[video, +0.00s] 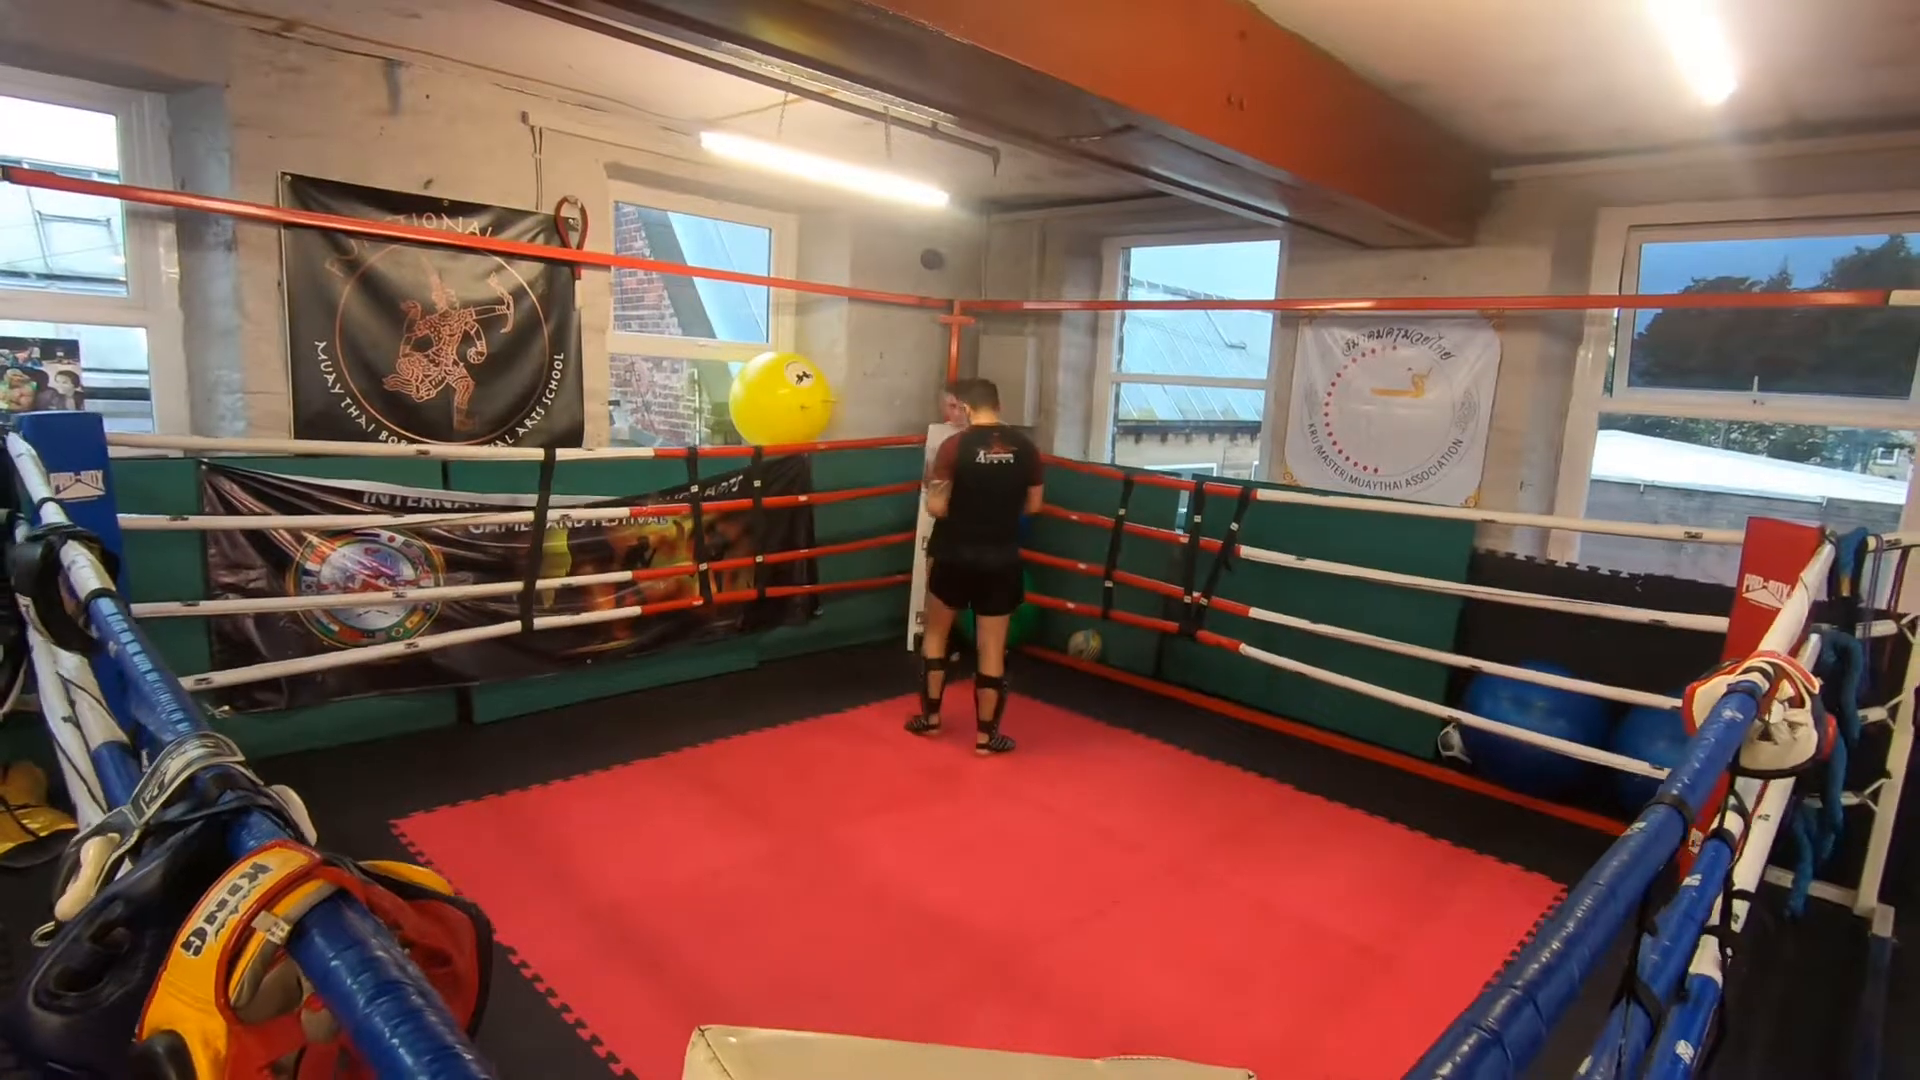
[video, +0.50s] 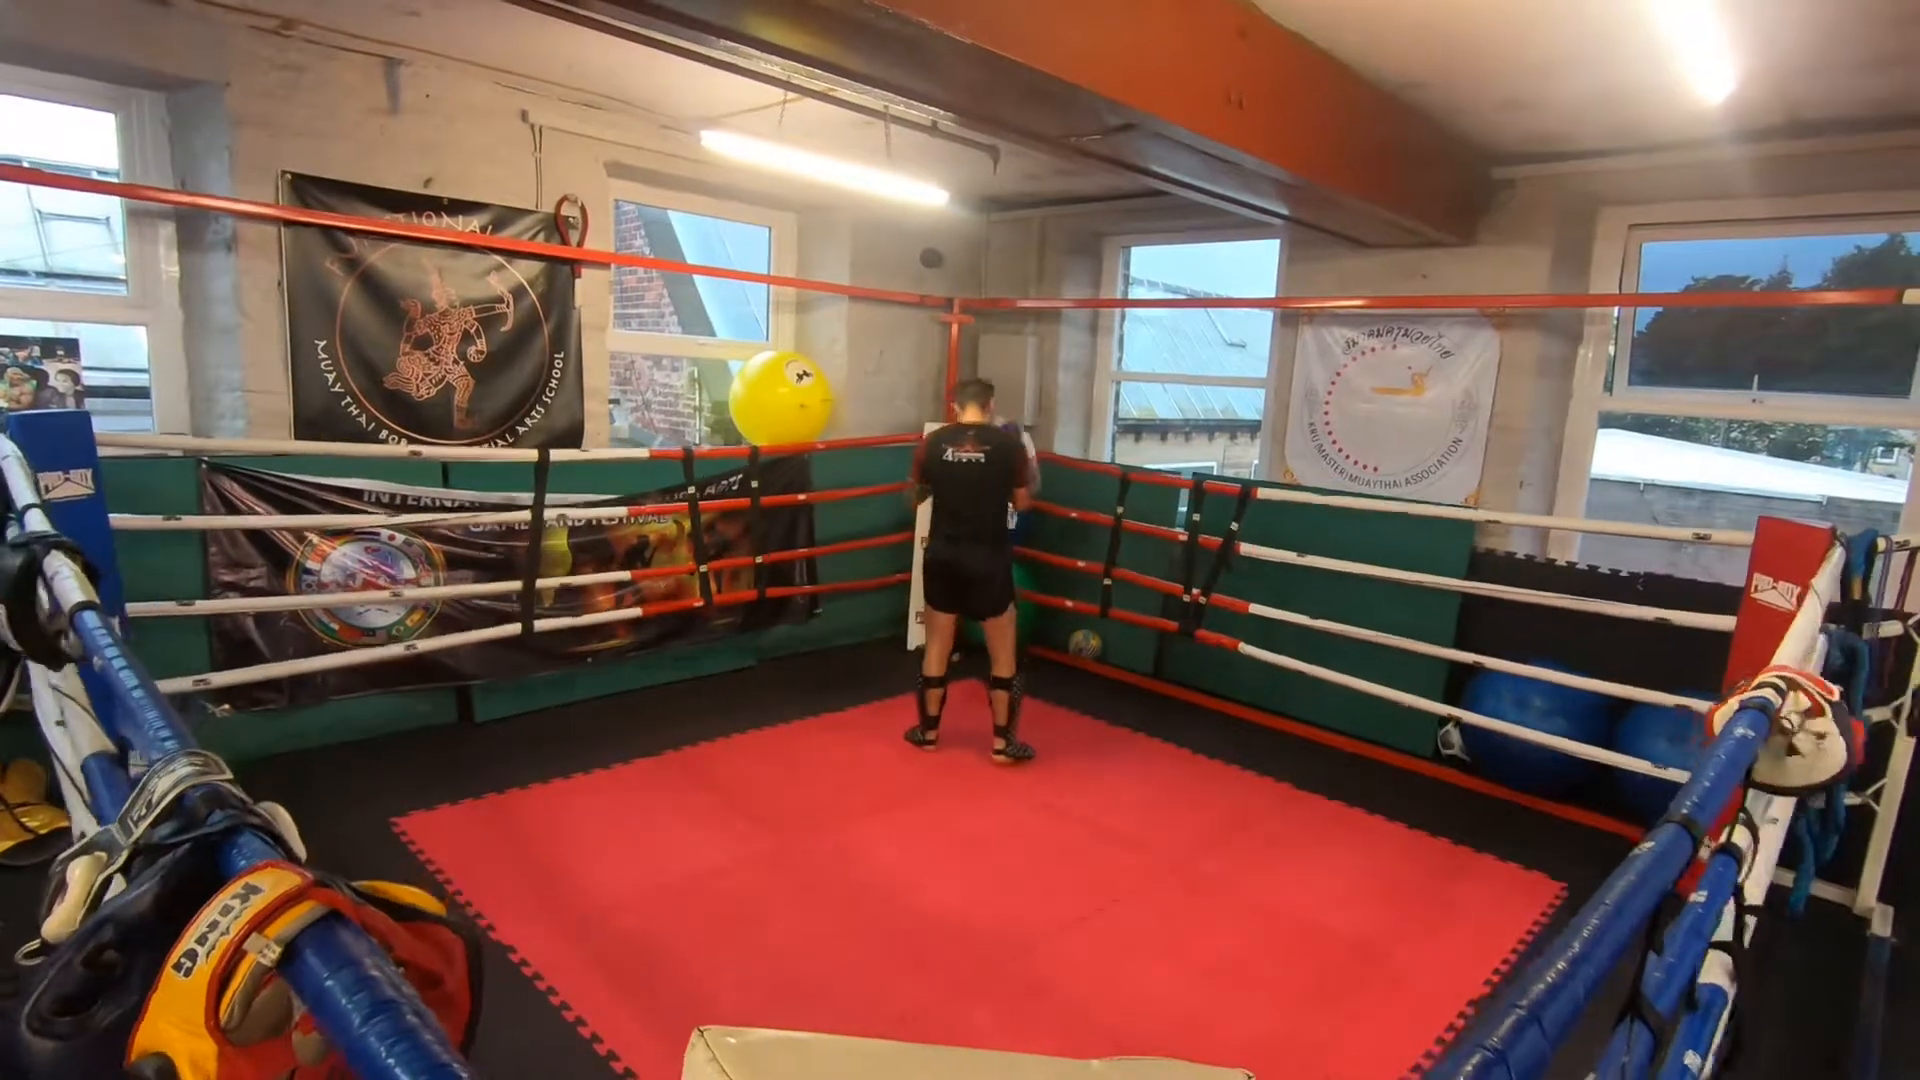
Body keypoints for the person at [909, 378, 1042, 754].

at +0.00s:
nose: (955, 415)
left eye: (956, 409)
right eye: (956, 408)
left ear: (965, 409)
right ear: (997, 407)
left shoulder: (954, 445)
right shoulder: (1025, 446)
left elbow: (937, 505)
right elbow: (1034, 503)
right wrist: (1000, 502)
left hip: (954, 562)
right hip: (1000, 565)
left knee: (937, 632)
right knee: (992, 647)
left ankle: (931, 716)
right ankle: (986, 735)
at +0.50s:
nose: (980, 414)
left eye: (961, 408)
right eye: (987, 407)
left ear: (953, 408)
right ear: (990, 408)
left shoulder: (931, 444)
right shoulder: (1010, 445)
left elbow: (917, 494)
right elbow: (1023, 502)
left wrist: (946, 467)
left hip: (942, 562)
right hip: (990, 564)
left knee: (937, 646)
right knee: (1002, 655)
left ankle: (929, 730)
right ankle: (1002, 742)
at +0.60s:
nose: (999, 415)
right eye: (1001, 409)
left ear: (963, 409)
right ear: (1000, 410)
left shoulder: (943, 441)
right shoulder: (1015, 444)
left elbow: (936, 489)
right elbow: (1029, 489)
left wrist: (953, 433)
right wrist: (1021, 434)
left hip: (947, 561)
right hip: (993, 565)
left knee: (940, 646)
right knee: (1004, 659)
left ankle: (930, 729)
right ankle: (1004, 748)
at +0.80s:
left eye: (989, 414)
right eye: (1023, 417)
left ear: (985, 414)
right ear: (1025, 418)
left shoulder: (965, 445)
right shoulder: (1039, 454)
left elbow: (950, 474)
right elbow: (1038, 481)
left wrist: (965, 433)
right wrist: (1027, 433)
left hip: (965, 566)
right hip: (1011, 572)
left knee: (951, 644)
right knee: (1011, 664)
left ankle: (931, 727)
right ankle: (1005, 755)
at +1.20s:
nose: (1058, 436)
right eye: (1058, 432)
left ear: (1015, 424)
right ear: (1054, 432)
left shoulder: (988, 455)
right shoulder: (1062, 468)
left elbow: (987, 447)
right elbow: (1063, 459)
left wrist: (1006, 431)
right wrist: (1044, 438)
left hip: (984, 573)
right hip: (1030, 581)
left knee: (975, 649)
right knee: (1051, 666)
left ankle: (965, 729)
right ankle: (1028, 756)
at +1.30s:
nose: (1069, 438)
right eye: (1071, 432)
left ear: (1035, 425)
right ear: (1071, 434)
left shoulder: (1003, 457)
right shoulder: (1079, 476)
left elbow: (978, 496)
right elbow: (1070, 509)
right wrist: (1054, 459)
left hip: (993, 580)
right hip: (1040, 589)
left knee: (977, 655)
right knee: (1060, 684)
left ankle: (965, 730)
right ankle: (1055, 768)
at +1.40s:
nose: (1087, 448)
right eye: (1092, 442)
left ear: (1052, 429)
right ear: (1089, 440)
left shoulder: (1018, 461)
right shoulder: (1094, 481)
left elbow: (991, 505)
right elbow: (1084, 516)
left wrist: (1003, 460)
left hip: (1005, 582)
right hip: (1055, 591)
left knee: (986, 656)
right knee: (1064, 680)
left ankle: (964, 729)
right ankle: (1056, 773)